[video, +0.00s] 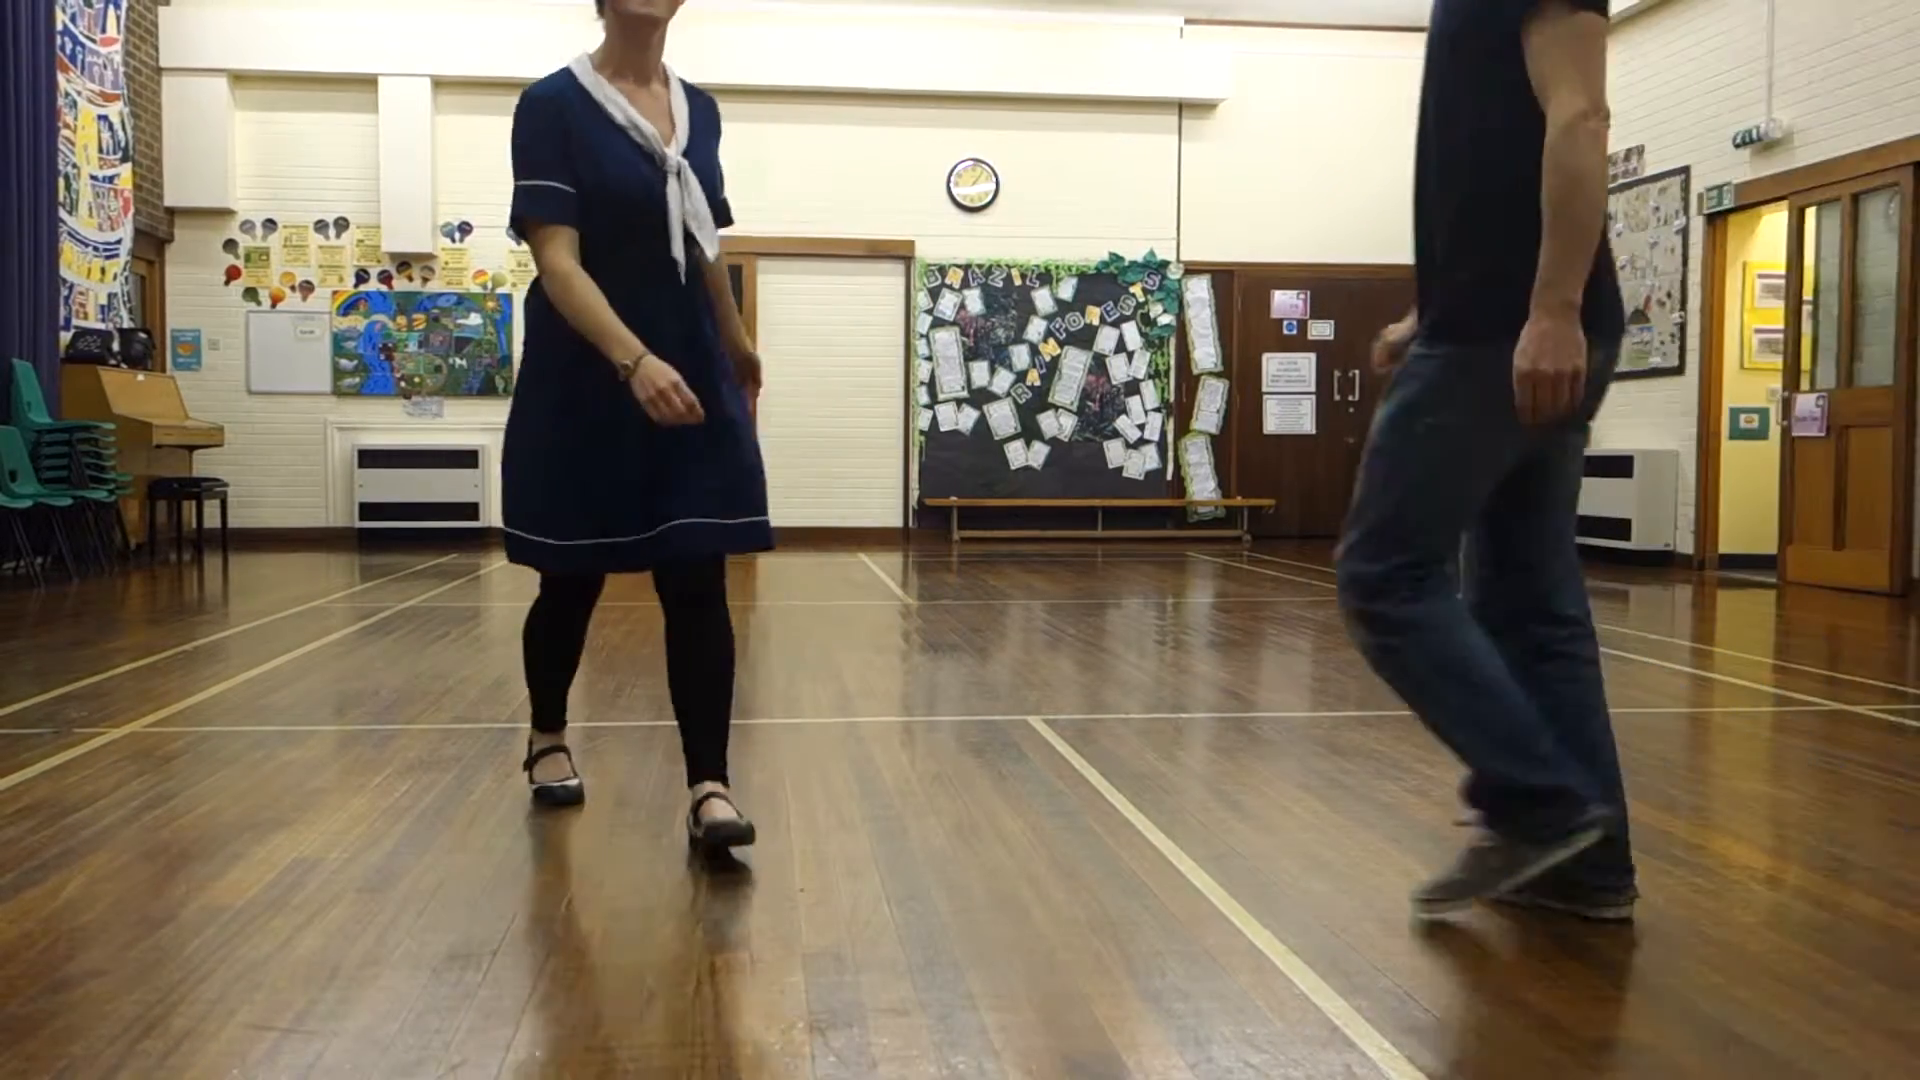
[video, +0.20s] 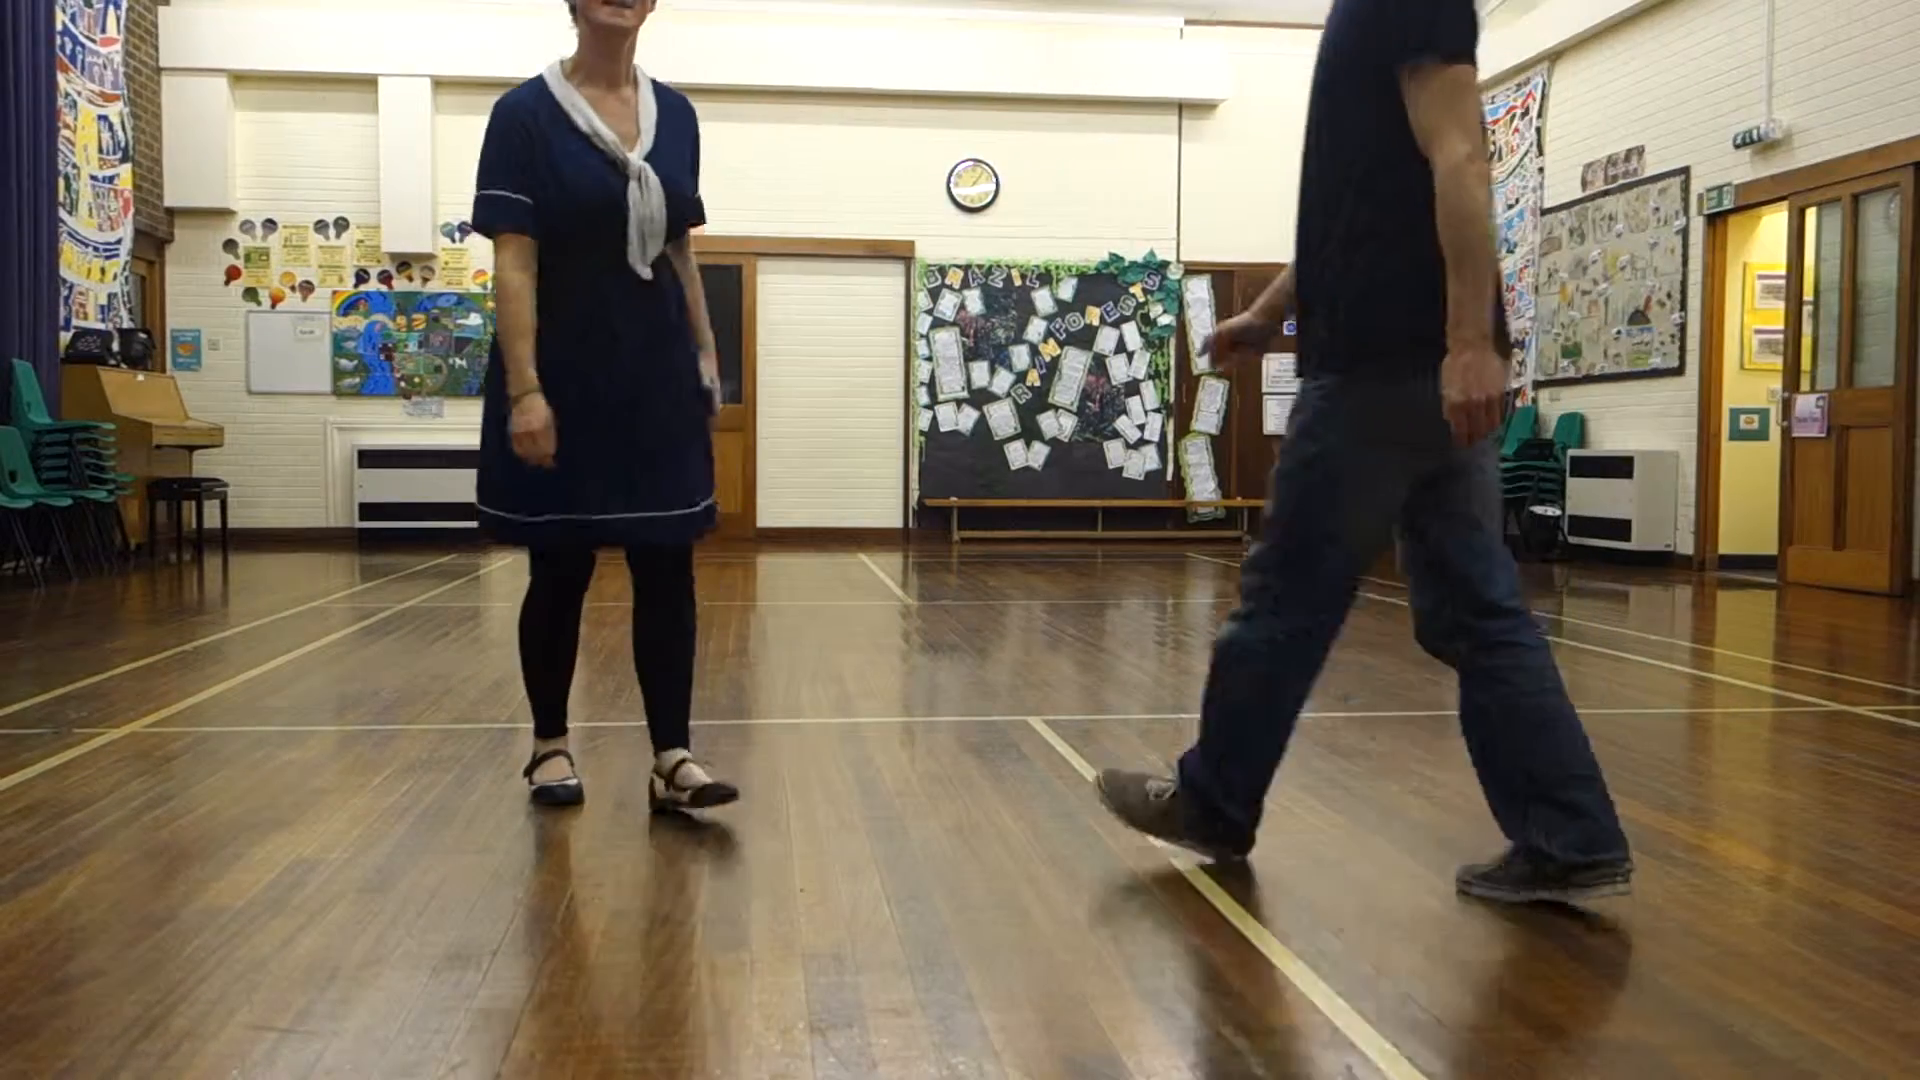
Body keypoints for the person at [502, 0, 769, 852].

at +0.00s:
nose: (642, 1)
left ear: (678, 4)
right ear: (603, 2)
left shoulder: (698, 108)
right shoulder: (553, 104)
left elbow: (701, 244)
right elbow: (557, 265)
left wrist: (735, 339)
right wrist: (635, 359)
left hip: (688, 379)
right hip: (584, 386)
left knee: (696, 584)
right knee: (572, 581)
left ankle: (710, 791)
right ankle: (548, 740)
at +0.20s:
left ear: (651, 6)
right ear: (575, 2)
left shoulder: (673, 110)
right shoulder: (526, 110)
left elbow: (680, 249)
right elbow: (513, 260)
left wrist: (705, 353)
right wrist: (523, 390)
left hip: (659, 381)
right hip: (562, 382)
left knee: (666, 566)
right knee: (561, 567)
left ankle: (673, 759)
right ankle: (551, 746)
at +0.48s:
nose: (619, 7)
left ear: (657, 19)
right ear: (577, 11)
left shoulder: (677, 131)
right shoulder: (528, 126)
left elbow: (712, 253)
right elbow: (473, 253)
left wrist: (760, 255)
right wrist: (419, 362)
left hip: (660, 370)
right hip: (563, 373)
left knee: (669, 544)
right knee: (567, 557)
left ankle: (667, 695)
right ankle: (550, 743)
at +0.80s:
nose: (660, 44)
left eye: (678, 35)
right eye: (647, 29)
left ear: (697, 56)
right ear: (624, 42)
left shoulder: (709, 157)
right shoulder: (580, 151)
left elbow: (794, 201)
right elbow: (543, 270)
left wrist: (749, 114)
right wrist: (532, 372)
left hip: (687, 385)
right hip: (600, 383)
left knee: (675, 552)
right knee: (591, 554)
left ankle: (668, 713)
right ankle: (562, 731)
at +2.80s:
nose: (665, 36)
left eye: (662, 24)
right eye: (648, 23)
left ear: (625, 41)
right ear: (603, 36)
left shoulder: (669, 152)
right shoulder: (557, 146)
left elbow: (711, 256)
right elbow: (546, 276)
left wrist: (770, 208)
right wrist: (555, 384)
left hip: (669, 378)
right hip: (593, 377)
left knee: (665, 546)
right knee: (589, 551)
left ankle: (667, 712)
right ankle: (591, 725)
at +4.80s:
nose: (639, 77)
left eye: (648, 63)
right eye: (622, 69)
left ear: (667, 73)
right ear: (600, 88)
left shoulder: (696, 175)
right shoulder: (581, 179)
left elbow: (756, 247)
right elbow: (561, 288)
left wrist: (800, 182)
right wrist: (577, 373)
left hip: (685, 387)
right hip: (607, 386)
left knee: (673, 545)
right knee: (598, 548)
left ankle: (661, 704)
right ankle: (574, 715)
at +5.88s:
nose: (672, 63)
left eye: (668, 51)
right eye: (656, 51)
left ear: (627, 70)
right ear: (612, 67)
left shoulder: (650, 164)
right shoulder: (582, 162)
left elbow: (669, 263)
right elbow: (576, 279)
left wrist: (743, 250)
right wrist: (678, 287)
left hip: (664, 392)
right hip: (607, 395)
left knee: (662, 545)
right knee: (623, 550)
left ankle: (658, 704)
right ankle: (594, 722)